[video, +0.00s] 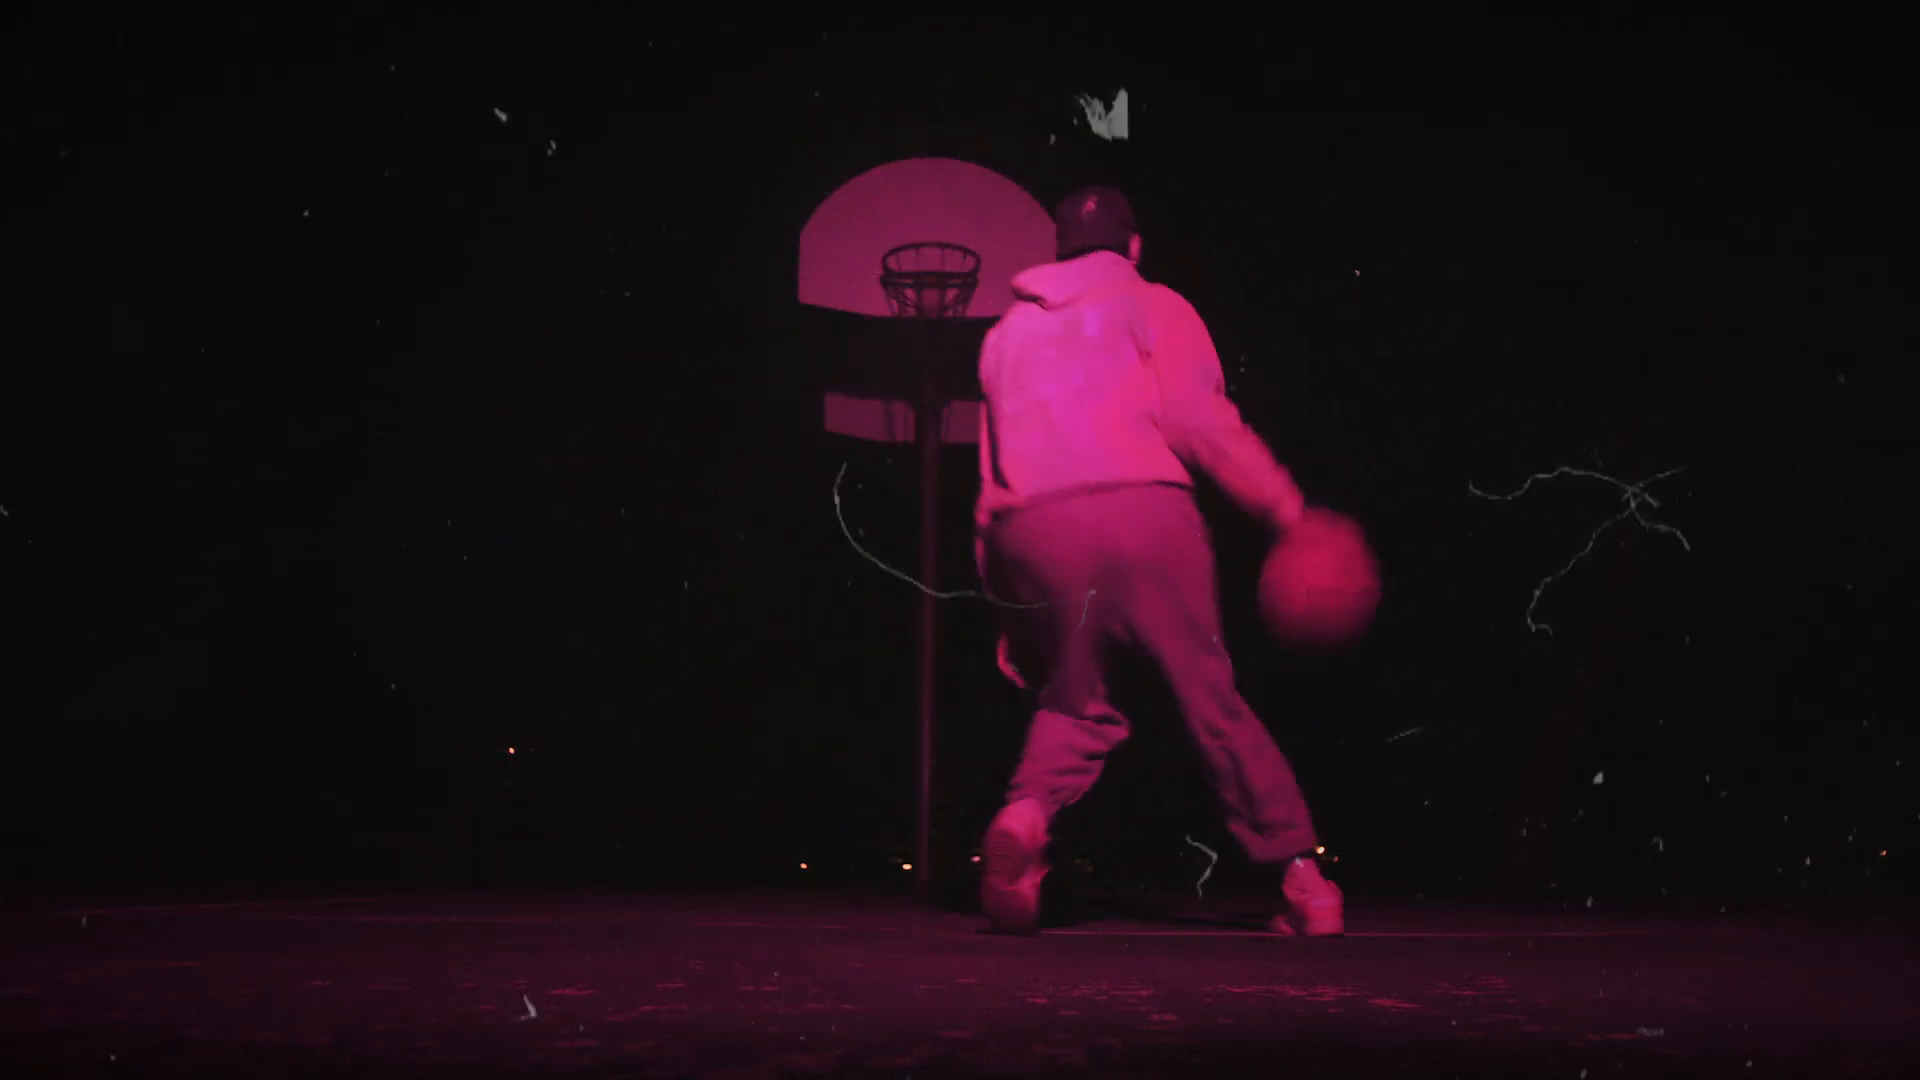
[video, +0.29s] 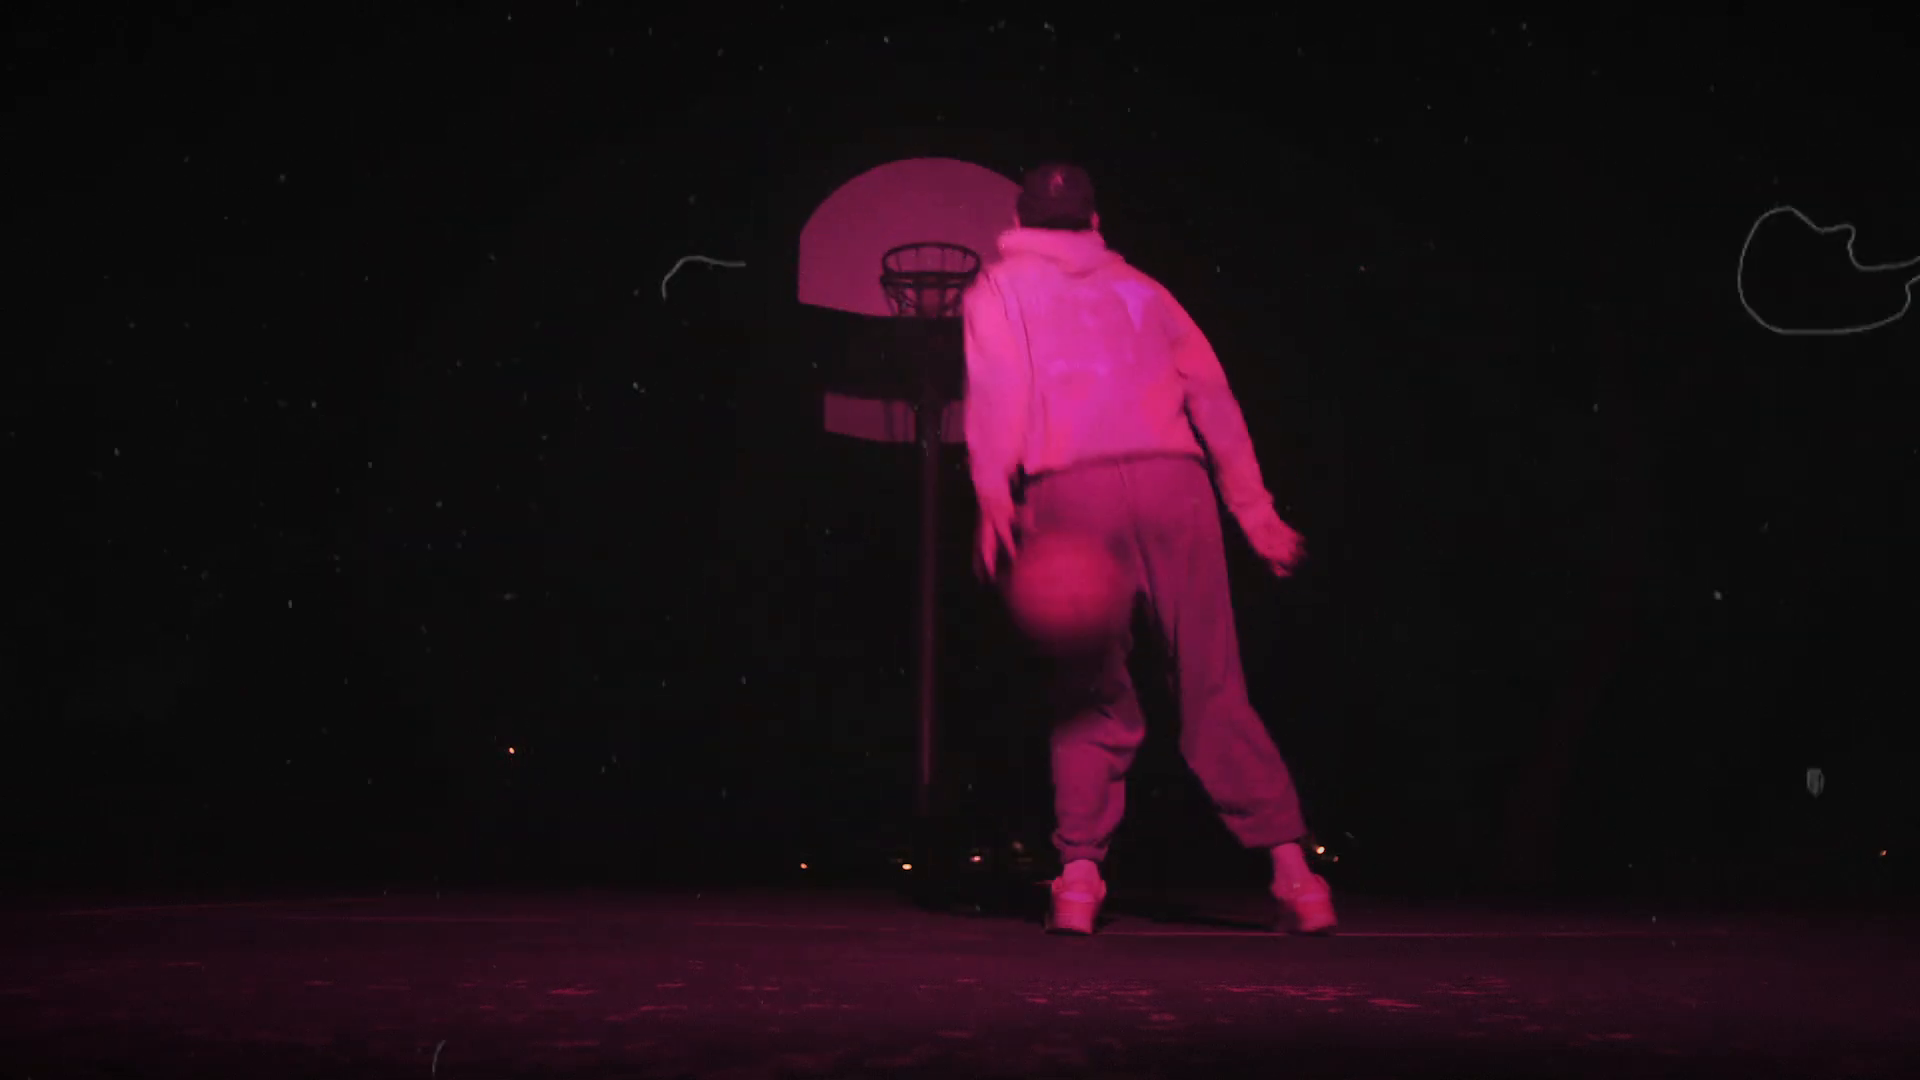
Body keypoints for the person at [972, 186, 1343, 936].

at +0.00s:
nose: (1142, 256)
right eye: (1141, 246)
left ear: (1058, 250)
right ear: (1132, 248)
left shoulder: (1004, 337)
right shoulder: (1155, 306)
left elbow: (995, 486)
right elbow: (1197, 414)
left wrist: (1010, 613)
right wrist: (1287, 508)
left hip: (1040, 529)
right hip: (1144, 515)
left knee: (1075, 702)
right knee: (1210, 697)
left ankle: (1024, 815)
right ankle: (1298, 869)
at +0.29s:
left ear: (1018, 219)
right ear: (1096, 222)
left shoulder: (995, 290)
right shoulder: (1145, 289)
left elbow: (997, 388)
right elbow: (1212, 397)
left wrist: (992, 490)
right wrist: (1256, 508)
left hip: (1072, 492)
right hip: (1174, 484)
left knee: (1091, 692)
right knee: (1213, 681)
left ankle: (1079, 878)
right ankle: (1291, 866)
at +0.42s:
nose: (993, 173)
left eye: (995, 154)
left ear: (998, 153)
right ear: (1070, 161)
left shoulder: (989, 197)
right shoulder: (1121, 231)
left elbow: (969, 267)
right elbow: (1197, 355)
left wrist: (928, 346)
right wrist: (1200, 450)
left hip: (1059, 419)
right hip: (1159, 416)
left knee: (1061, 637)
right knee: (1187, 625)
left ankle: (1071, 865)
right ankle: (1217, 837)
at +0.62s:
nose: (980, 146)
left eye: (982, 135)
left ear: (989, 134)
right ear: (1057, 142)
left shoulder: (980, 172)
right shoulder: (1101, 217)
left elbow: (937, 239)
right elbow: (1135, 322)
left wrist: (858, 293)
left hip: (1039, 399)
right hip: (1135, 408)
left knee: (1002, 613)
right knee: (1134, 622)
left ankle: (967, 850)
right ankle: (1161, 852)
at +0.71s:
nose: (964, 174)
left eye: (967, 160)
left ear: (976, 156)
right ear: (1048, 167)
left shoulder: (966, 197)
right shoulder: (1091, 250)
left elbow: (942, 274)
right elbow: (1054, 367)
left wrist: (855, 329)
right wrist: (948, 409)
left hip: (1017, 434)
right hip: (1115, 443)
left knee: (940, 640)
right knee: (1116, 662)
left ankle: (877, 856)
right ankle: (1162, 879)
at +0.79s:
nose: (940, 174)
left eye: (944, 162)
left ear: (946, 166)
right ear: (1024, 183)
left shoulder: (933, 206)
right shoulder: (1055, 257)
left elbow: (927, 304)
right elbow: (1007, 390)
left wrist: (847, 355)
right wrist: (887, 420)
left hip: (984, 443)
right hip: (1084, 453)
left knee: (885, 640)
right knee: (1090, 668)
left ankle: (787, 848)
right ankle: (1158, 878)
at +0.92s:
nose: (884, 154)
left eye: (886, 143)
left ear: (887, 150)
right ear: (962, 158)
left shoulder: (856, 202)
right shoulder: (1011, 233)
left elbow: (831, 303)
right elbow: (1043, 380)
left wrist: (800, 369)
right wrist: (961, 393)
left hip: (893, 427)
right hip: (999, 441)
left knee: (807, 634)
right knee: (1032, 644)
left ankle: (704, 854)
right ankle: (1119, 845)